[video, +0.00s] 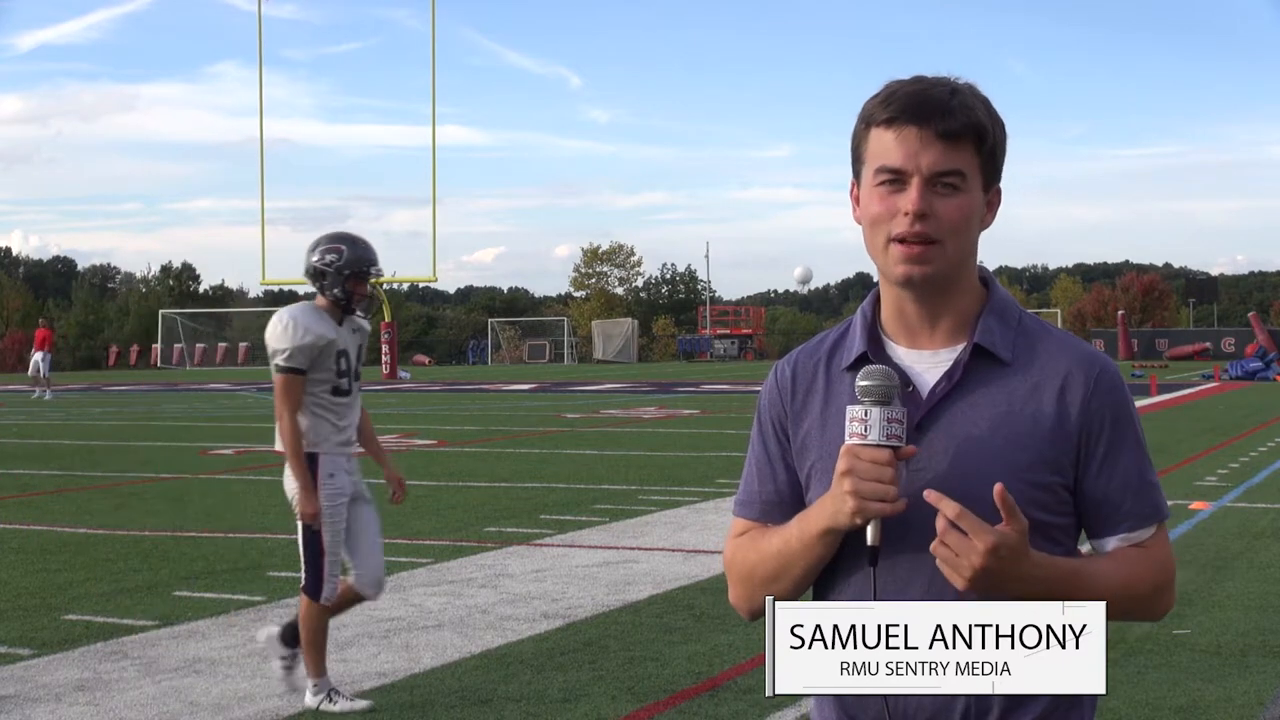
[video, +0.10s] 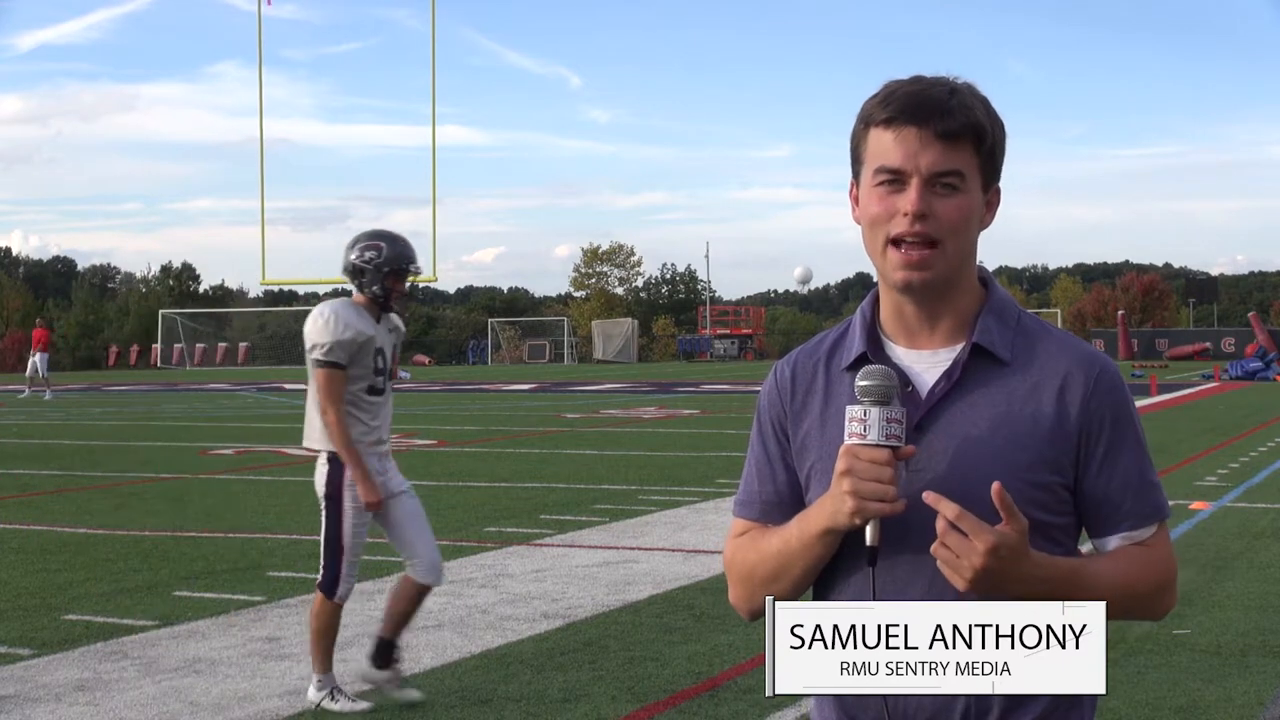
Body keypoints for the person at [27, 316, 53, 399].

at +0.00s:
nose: (41, 323)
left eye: (42, 321)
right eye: (40, 322)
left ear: (46, 322)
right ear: (39, 323)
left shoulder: (48, 332)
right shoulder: (37, 331)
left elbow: (48, 344)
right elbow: (36, 342)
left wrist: (44, 355)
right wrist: (33, 351)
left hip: (44, 353)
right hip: (37, 352)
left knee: (44, 374)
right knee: (32, 373)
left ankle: (48, 392)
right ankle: (38, 390)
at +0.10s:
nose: (38, 323)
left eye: (40, 321)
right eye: (37, 321)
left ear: (43, 323)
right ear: (36, 323)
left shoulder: (45, 332)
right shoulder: (34, 331)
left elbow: (43, 343)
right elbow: (34, 342)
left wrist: (35, 351)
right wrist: (32, 351)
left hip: (42, 353)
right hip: (34, 353)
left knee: (43, 374)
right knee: (29, 374)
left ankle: (48, 392)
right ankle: (28, 391)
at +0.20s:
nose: (33, 323)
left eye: (35, 322)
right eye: (33, 322)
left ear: (39, 323)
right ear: (32, 323)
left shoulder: (41, 332)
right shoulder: (31, 332)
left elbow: (37, 343)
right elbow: (30, 342)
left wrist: (29, 349)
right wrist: (29, 349)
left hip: (38, 354)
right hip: (31, 353)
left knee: (41, 375)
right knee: (26, 374)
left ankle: (48, 392)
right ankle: (20, 390)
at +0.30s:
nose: (28, 324)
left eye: (30, 323)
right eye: (27, 323)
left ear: (33, 323)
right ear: (27, 324)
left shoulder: (35, 332)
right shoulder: (27, 332)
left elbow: (33, 343)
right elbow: (27, 343)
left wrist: (24, 348)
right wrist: (24, 349)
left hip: (34, 354)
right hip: (26, 354)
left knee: (38, 375)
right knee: (21, 375)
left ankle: (47, 392)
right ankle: (18, 392)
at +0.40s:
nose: (23, 324)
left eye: (24, 323)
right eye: (22, 323)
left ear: (28, 323)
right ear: (21, 324)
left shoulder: (30, 332)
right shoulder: (22, 332)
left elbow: (29, 344)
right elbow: (21, 343)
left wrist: (19, 350)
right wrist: (19, 350)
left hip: (28, 355)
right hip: (21, 354)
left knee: (33, 376)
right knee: (17, 376)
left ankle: (46, 391)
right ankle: (16, 393)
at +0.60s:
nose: (13, 324)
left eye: (15, 322)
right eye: (13, 322)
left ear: (18, 322)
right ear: (12, 323)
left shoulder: (20, 331)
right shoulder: (12, 332)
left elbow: (24, 343)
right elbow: (11, 344)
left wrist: (23, 353)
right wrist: (8, 354)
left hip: (18, 354)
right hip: (12, 353)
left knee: (15, 374)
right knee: (14, 374)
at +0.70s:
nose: (9, 324)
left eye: (11, 322)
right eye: (9, 322)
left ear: (14, 323)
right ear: (8, 323)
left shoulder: (17, 331)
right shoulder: (8, 332)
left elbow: (23, 343)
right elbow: (6, 345)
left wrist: (24, 353)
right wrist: (3, 354)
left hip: (15, 353)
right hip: (11, 352)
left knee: (9, 373)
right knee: (13, 373)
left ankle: (16, 391)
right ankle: (16, 391)